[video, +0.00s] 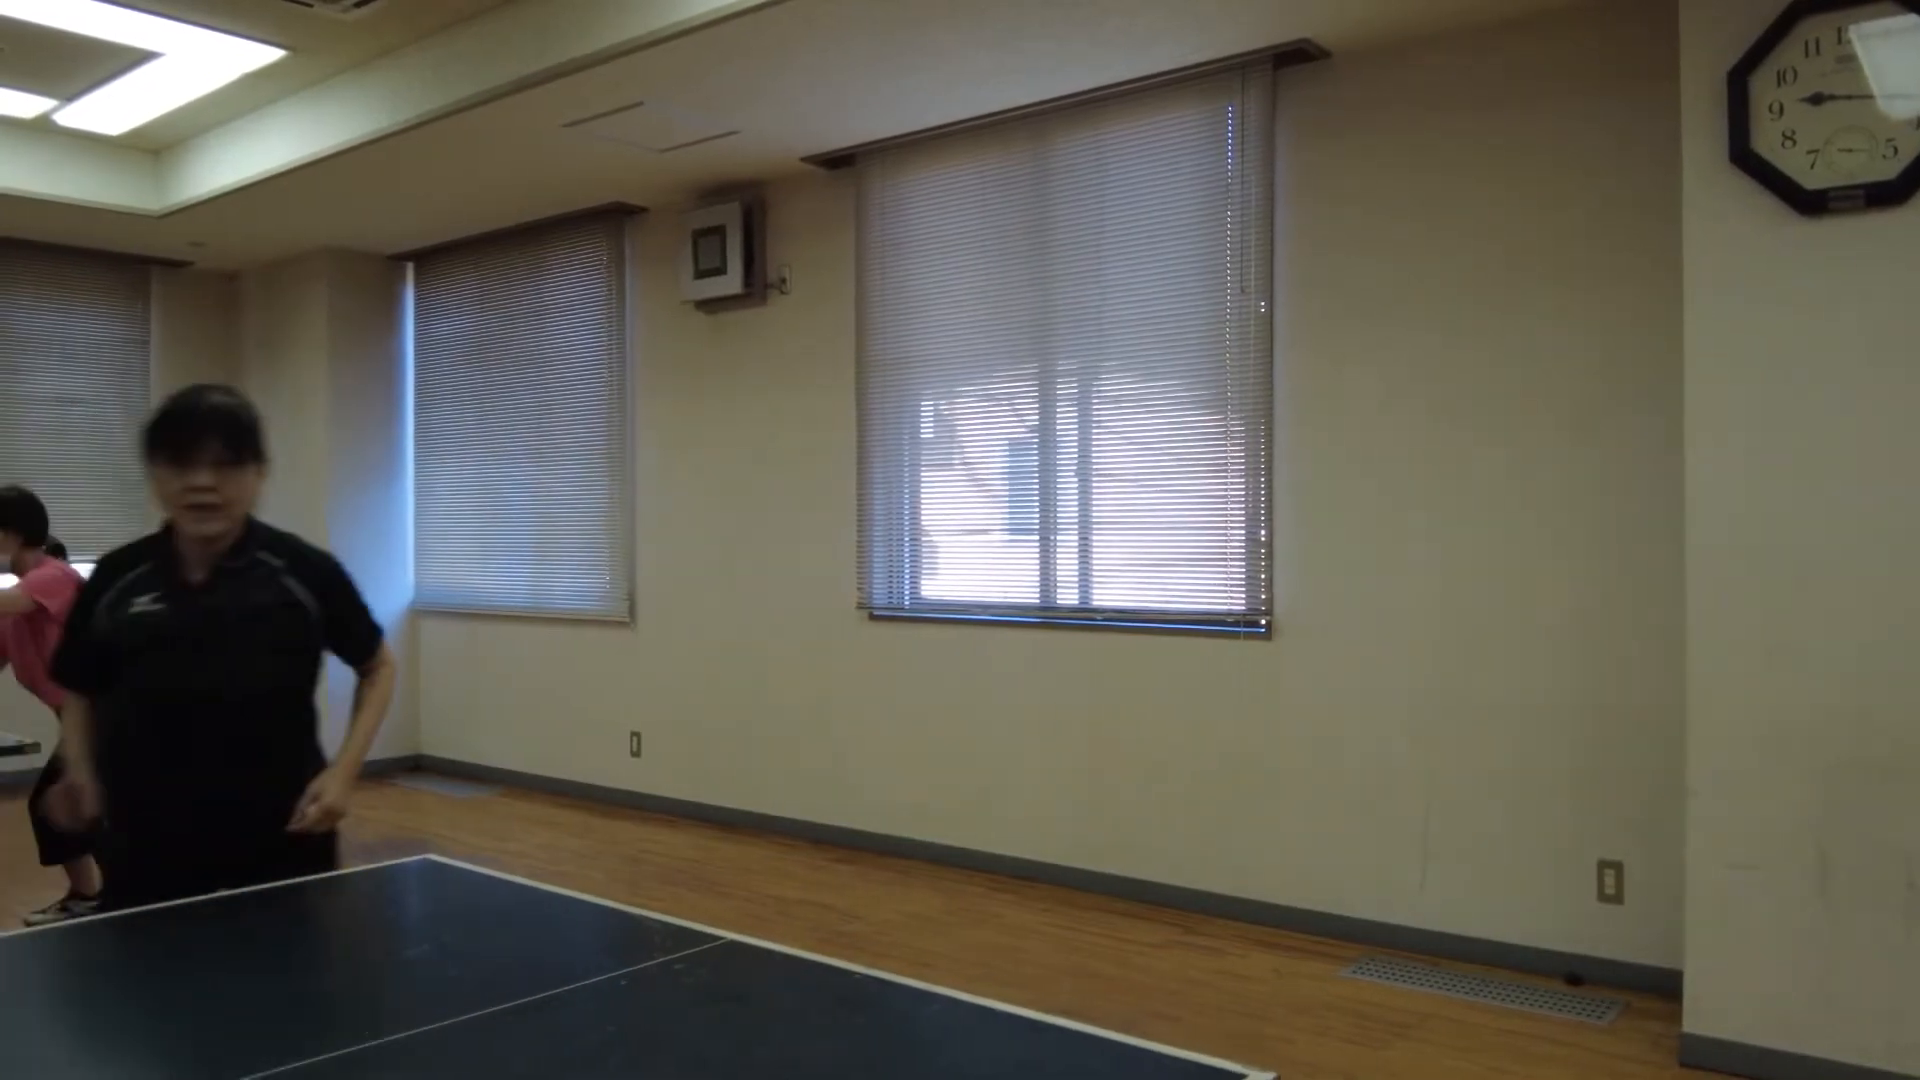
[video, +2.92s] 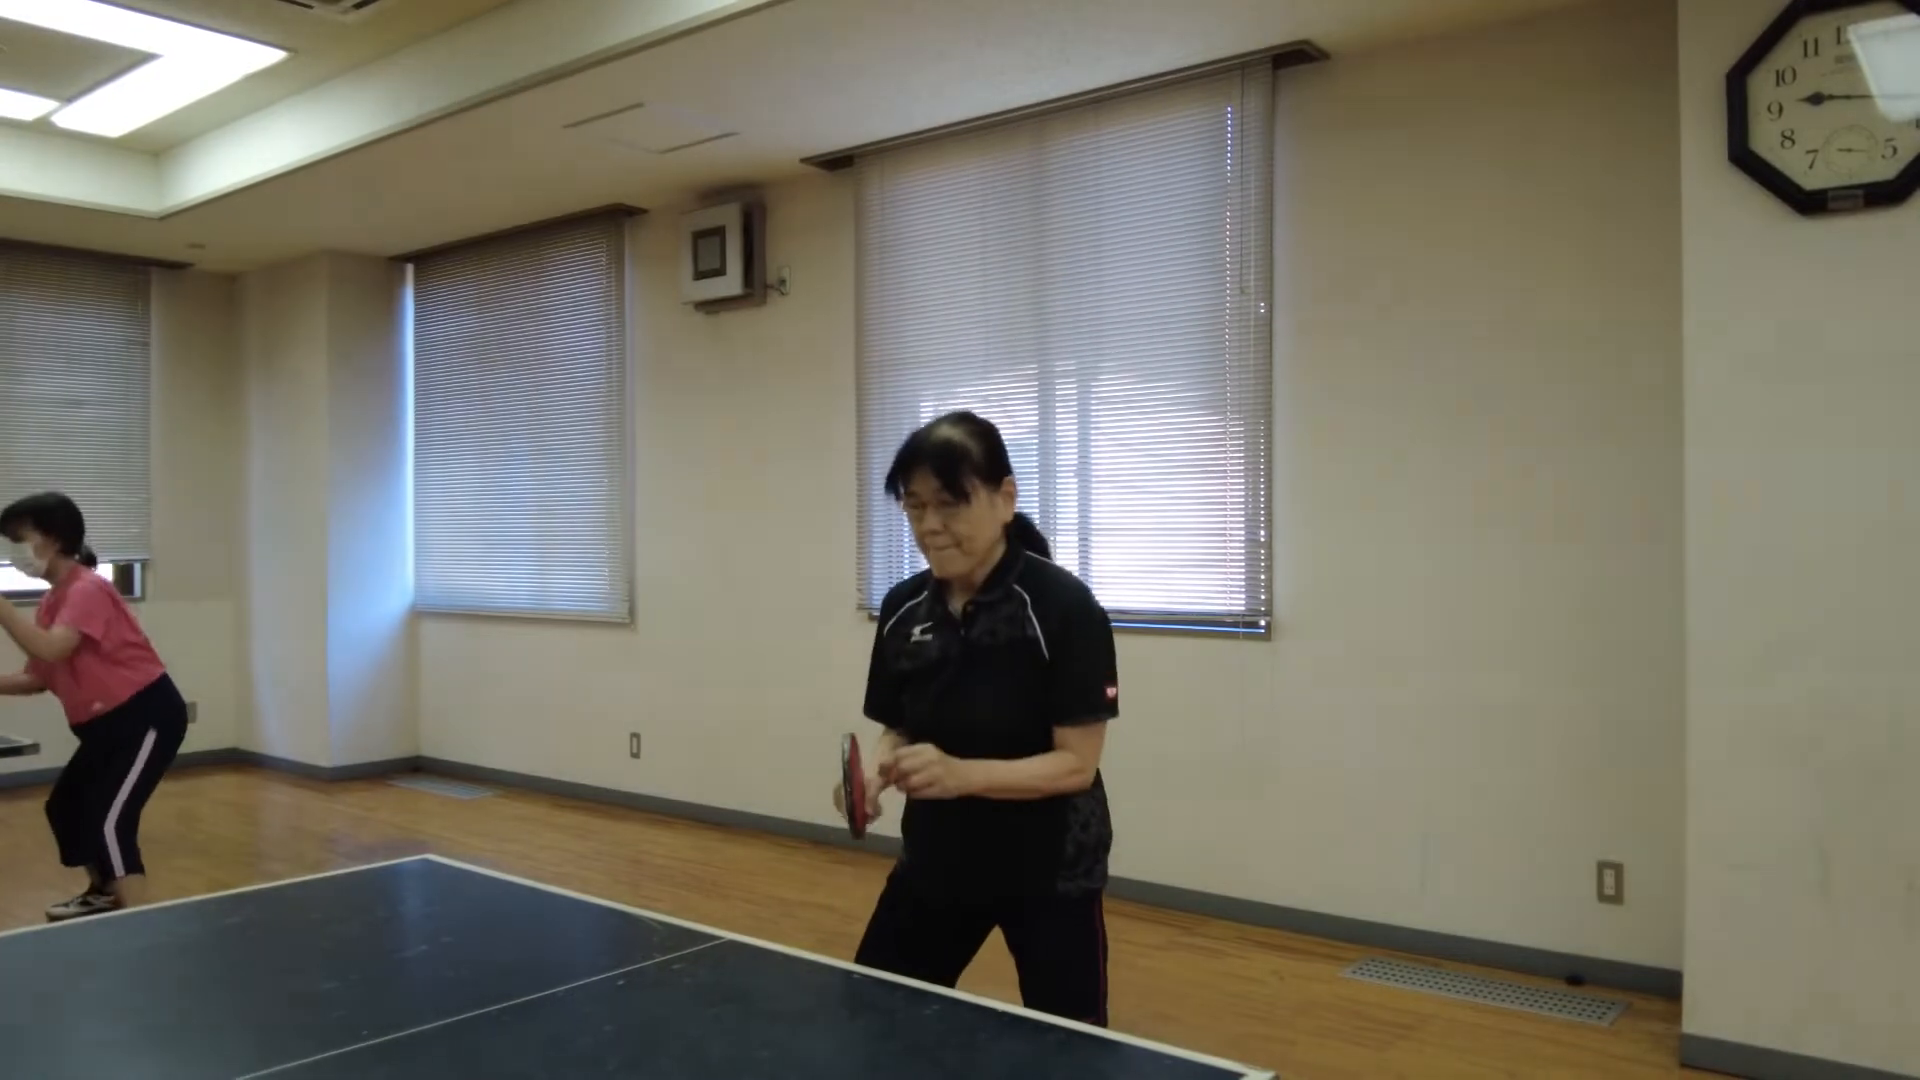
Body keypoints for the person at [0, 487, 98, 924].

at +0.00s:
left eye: (1, 535)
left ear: (21, 535)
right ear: (21, 537)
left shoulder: (54, 575)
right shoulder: (22, 591)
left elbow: (12, 603)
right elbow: (5, 656)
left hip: (99, 710)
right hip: (76, 714)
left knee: (51, 801)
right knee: (52, 801)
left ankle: (93, 890)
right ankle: (87, 891)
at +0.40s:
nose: (7, 537)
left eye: (11, 527)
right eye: (6, 528)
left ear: (35, 527)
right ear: (45, 528)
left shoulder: (54, 575)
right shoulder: (53, 576)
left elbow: (5, 620)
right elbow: (47, 666)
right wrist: (2, 669)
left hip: (114, 706)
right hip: (93, 709)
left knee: (78, 823)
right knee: (56, 802)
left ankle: (128, 920)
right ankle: (85, 893)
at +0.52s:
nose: (6, 534)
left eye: (9, 524)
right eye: (5, 524)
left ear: (28, 524)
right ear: (55, 521)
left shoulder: (35, 571)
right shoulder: (81, 564)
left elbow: (4, 618)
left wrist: (28, 647)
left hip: (98, 699)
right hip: (125, 689)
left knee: (76, 812)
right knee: (73, 798)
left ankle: (105, 902)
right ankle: (85, 890)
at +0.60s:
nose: (5, 529)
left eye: (7, 519)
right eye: (6, 519)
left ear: (23, 519)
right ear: (53, 516)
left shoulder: (46, 561)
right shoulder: (73, 555)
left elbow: (3, 586)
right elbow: (63, 626)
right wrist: (12, 632)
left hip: (111, 693)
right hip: (123, 687)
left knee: (94, 809)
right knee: (90, 798)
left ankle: (117, 907)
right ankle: (92, 886)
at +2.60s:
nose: (18, 545)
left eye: (17, 534)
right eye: (15, 536)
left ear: (36, 527)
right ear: (59, 525)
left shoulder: (70, 567)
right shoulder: (74, 568)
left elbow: (6, 589)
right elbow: (47, 637)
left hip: (141, 705)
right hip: (129, 704)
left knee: (102, 813)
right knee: (89, 799)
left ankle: (128, 913)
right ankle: (107, 892)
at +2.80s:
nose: (21, 552)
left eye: (24, 539)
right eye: (18, 543)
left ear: (53, 535)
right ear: (47, 539)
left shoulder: (84, 582)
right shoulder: (60, 598)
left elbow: (31, 622)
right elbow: (34, 668)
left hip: (148, 715)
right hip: (112, 723)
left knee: (107, 815)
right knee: (72, 802)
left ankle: (131, 916)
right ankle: (105, 890)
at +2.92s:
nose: (23, 552)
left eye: (29, 539)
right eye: (20, 543)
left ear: (58, 537)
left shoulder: (87, 588)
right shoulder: (49, 606)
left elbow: (53, 648)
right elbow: (36, 679)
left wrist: (5, 610)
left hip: (149, 715)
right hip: (109, 725)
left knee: (107, 817)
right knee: (65, 806)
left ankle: (137, 924)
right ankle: (105, 892)